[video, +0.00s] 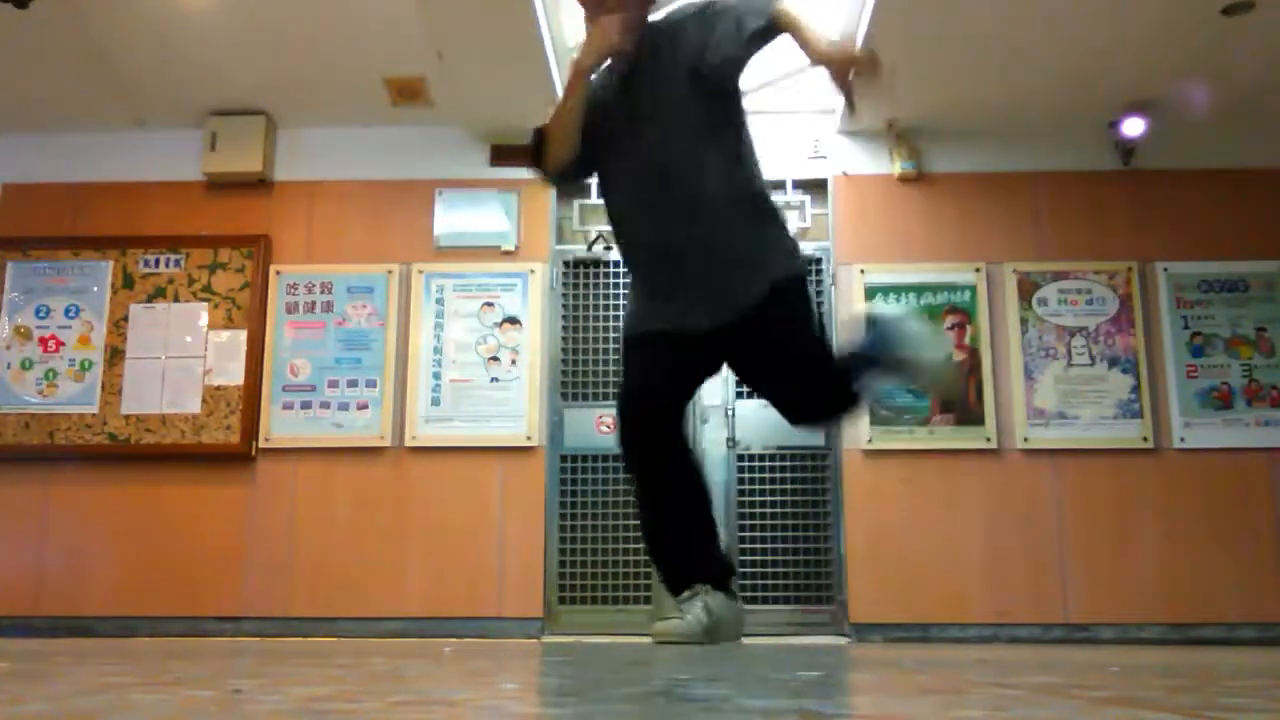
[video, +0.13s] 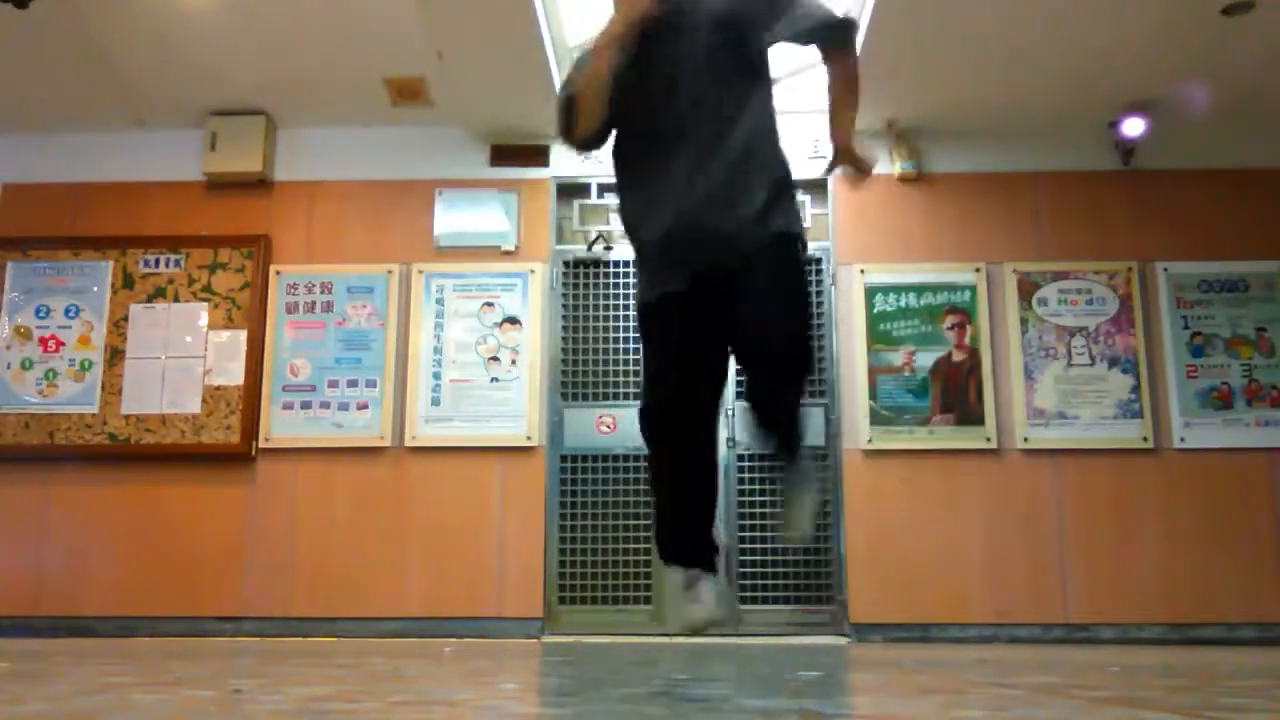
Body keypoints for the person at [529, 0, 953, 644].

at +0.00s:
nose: (603, 14)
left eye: (611, 4)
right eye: (594, 9)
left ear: (639, 2)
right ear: (587, 20)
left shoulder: (684, 34)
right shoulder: (595, 101)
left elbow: (766, 10)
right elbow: (555, 162)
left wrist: (820, 49)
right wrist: (582, 68)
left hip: (750, 270)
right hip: (668, 294)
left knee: (812, 400)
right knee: (646, 430)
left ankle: (882, 348)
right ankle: (707, 595)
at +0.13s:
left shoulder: (737, 8)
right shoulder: (612, 42)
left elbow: (836, 31)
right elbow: (578, 131)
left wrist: (842, 140)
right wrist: (617, 31)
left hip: (759, 228)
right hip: (671, 243)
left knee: (778, 367)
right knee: (675, 417)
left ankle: (785, 452)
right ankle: (692, 574)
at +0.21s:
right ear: (635, 1)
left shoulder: (746, 28)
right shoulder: (617, 58)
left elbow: (844, 76)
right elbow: (594, 128)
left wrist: (829, 177)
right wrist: (633, 42)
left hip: (759, 248)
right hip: (671, 258)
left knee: (763, 403)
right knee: (676, 419)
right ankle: (683, 579)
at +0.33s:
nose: (723, 16)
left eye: (733, 8)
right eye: (710, 6)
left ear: (746, 12)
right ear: (690, 7)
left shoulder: (776, 77)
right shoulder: (648, 74)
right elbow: (639, 135)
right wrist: (694, 56)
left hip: (759, 270)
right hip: (672, 277)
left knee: (750, 422)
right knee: (670, 437)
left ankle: (751, 577)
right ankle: (693, 586)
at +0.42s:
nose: (757, 12)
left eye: (770, 6)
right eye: (749, 1)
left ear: (784, 12)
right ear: (726, 2)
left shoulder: (790, 85)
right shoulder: (678, 62)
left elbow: (778, 189)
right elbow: (678, 124)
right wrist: (750, 63)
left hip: (752, 284)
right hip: (666, 281)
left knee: (758, 431)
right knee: (642, 419)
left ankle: (764, 575)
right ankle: (652, 562)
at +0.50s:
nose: (787, 29)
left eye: (799, 19)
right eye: (776, 14)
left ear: (811, 29)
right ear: (749, 12)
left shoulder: (806, 109)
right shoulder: (705, 79)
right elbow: (700, 136)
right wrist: (772, 105)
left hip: (758, 301)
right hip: (669, 289)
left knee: (777, 450)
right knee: (612, 399)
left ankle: (767, 598)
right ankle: (574, 568)